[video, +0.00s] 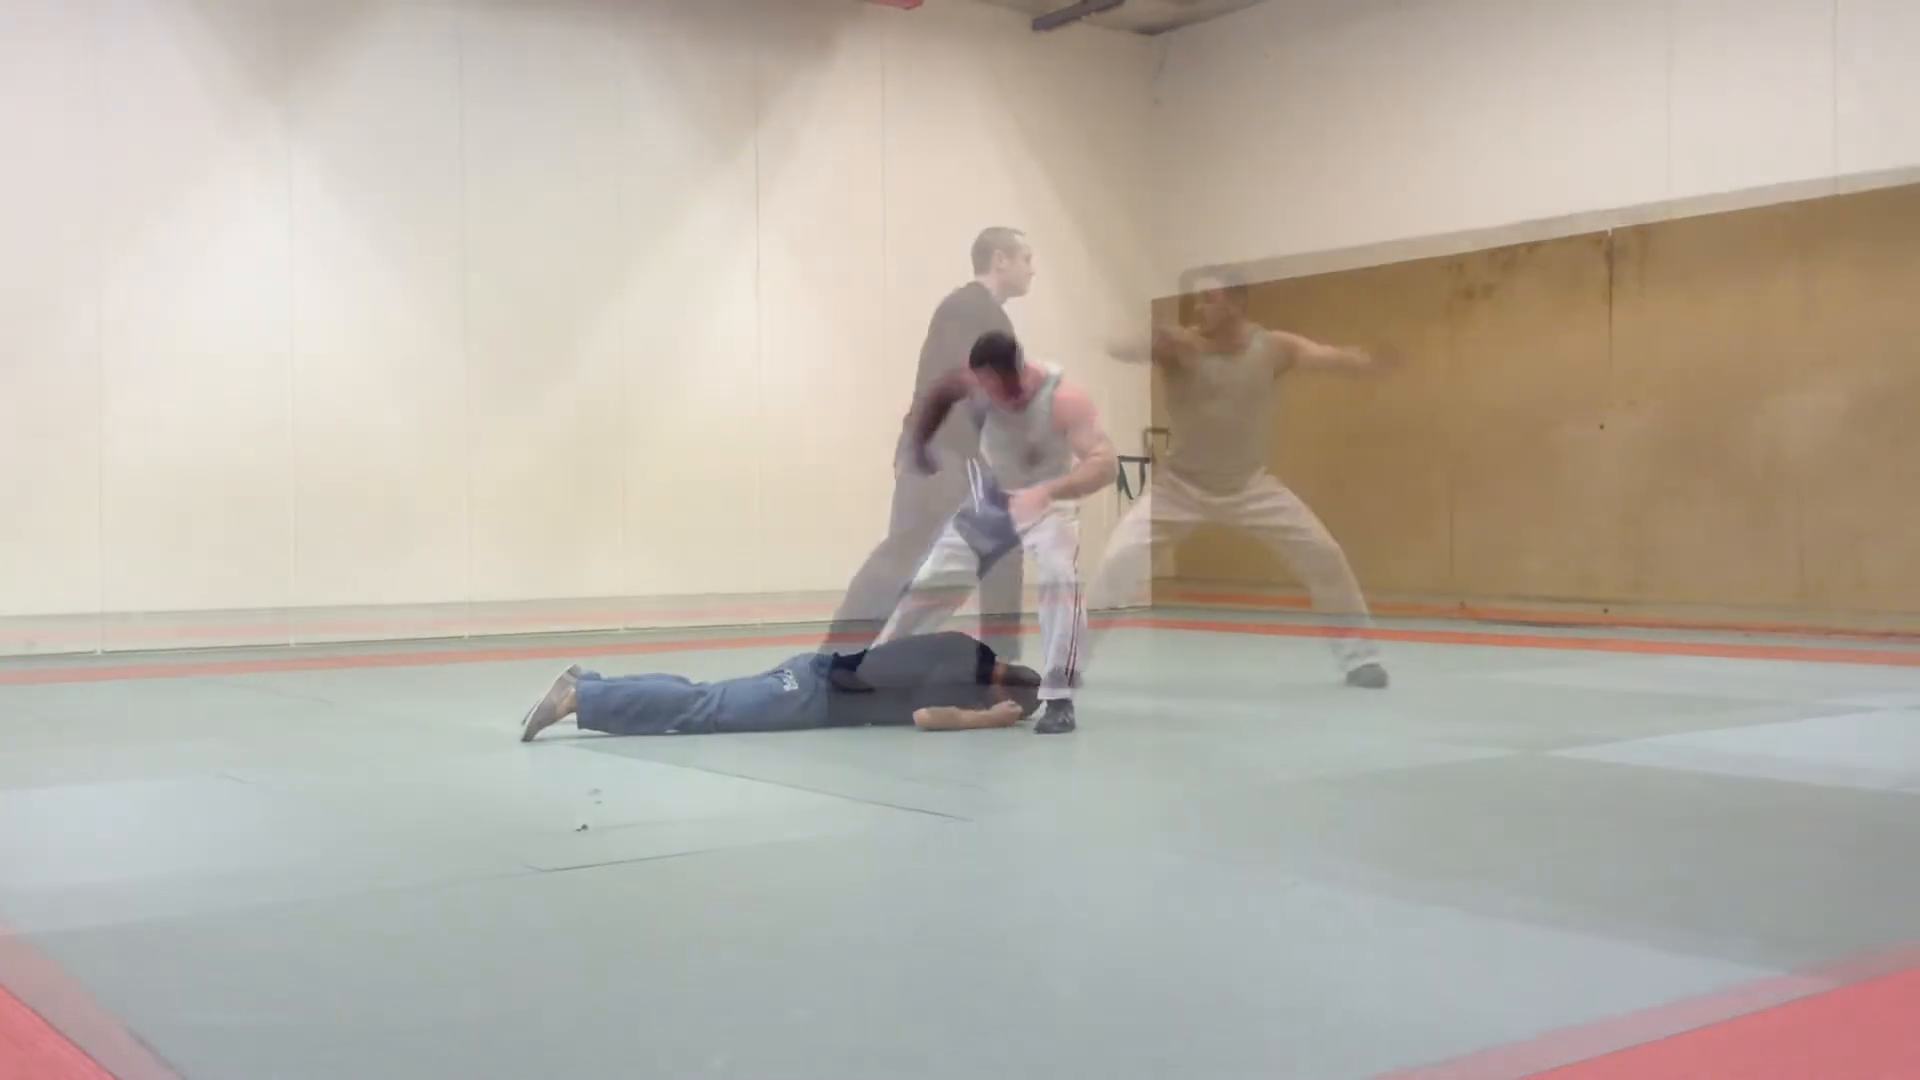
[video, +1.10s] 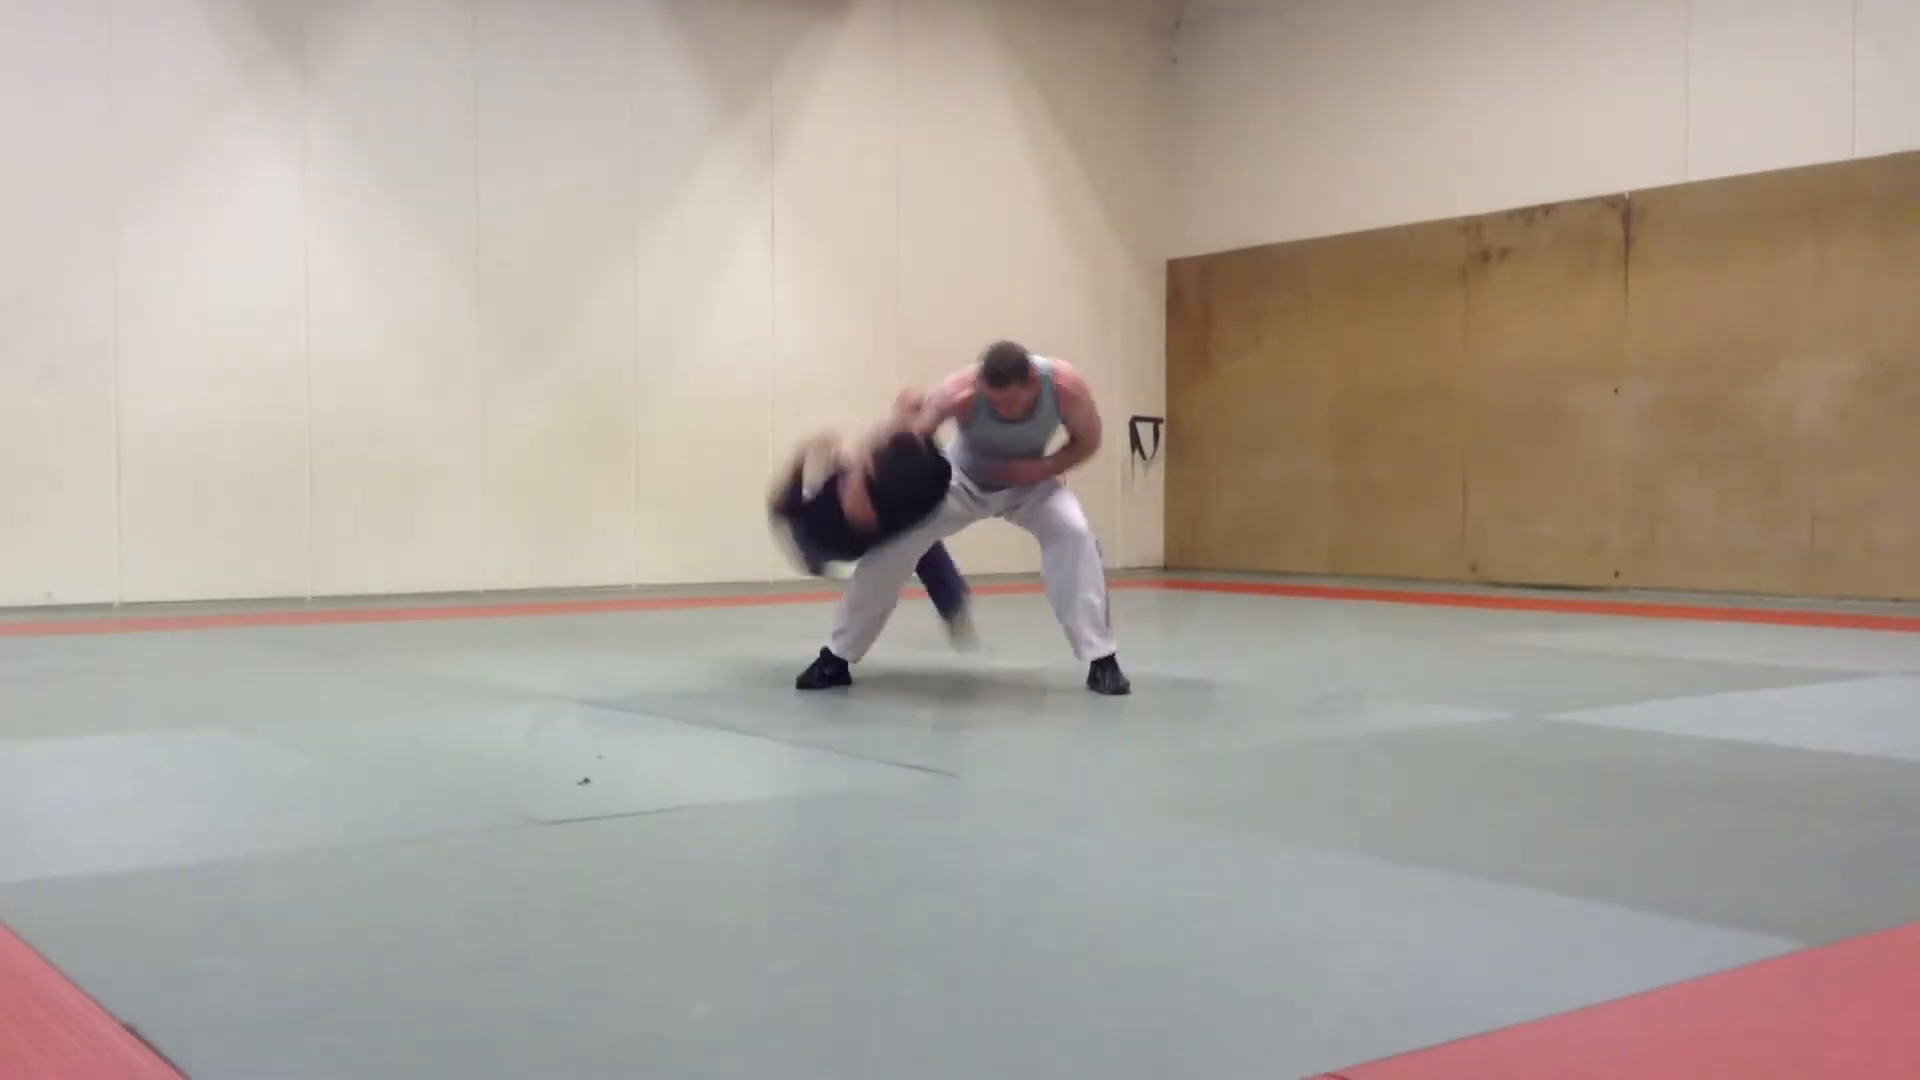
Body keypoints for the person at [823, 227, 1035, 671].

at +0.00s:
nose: (1032, 270)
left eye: (1031, 261)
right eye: (1026, 260)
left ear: (995, 263)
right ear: (1000, 262)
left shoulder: (975, 307)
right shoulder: (975, 309)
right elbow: (984, 396)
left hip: (971, 451)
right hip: (939, 450)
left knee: (1004, 547)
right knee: (907, 549)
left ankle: (1000, 670)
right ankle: (838, 658)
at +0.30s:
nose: (1016, 259)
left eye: (1016, 250)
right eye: (1013, 250)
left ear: (971, 249)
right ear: (994, 250)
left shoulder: (941, 298)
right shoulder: (989, 305)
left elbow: (958, 377)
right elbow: (998, 386)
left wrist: (1023, 384)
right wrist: (1026, 433)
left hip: (935, 441)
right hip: (958, 447)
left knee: (978, 552)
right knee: (970, 550)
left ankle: (972, 665)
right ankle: (867, 626)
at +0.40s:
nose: (1014, 255)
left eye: (1013, 246)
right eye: (1010, 246)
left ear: (969, 248)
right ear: (989, 247)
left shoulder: (938, 296)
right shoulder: (992, 301)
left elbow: (946, 372)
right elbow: (1034, 376)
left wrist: (994, 401)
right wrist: (1073, 412)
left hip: (934, 443)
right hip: (965, 447)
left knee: (964, 553)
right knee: (995, 550)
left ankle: (970, 657)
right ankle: (931, 644)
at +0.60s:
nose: (1006, 271)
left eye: (1006, 262)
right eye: (1005, 261)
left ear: (959, 254)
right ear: (993, 255)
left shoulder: (920, 301)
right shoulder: (995, 306)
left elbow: (924, 372)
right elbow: (1022, 379)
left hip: (926, 447)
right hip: (968, 450)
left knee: (955, 548)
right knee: (1021, 550)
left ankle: (968, 657)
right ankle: (980, 657)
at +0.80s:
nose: (1034, 362)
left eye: (1044, 355)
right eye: (1028, 352)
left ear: (1069, 342)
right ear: (1021, 337)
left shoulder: (1091, 384)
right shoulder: (1009, 332)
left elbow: (1042, 452)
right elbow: (954, 320)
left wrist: (990, 408)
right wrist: (896, 309)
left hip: (1042, 479)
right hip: (973, 468)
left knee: (1100, 542)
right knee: (906, 550)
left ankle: (1104, 669)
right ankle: (829, 655)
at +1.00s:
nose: (1030, 415)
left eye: (1039, 408)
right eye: (1021, 406)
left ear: (1058, 385)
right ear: (1008, 383)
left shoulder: (1085, 401)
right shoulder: (986, 367)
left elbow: (1064, 475)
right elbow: (924, 370)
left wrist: (1001, 462)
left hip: (1037, 486)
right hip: (965, 474)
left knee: (1085, 550)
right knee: (895, 542)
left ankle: (1098, 666)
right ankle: (834, 658)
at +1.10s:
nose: (1007, 412)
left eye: (1015, 403)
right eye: (996, 403)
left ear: (1033, 382)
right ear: (982, 384)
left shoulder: (1065, 385)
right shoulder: (960, 393)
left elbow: (1088, 442)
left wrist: (1040, 471)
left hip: (1032, 489)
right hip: (962, 486)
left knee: (1074, 534)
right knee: (890, 550)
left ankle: (1101, 659)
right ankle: (837, 658)